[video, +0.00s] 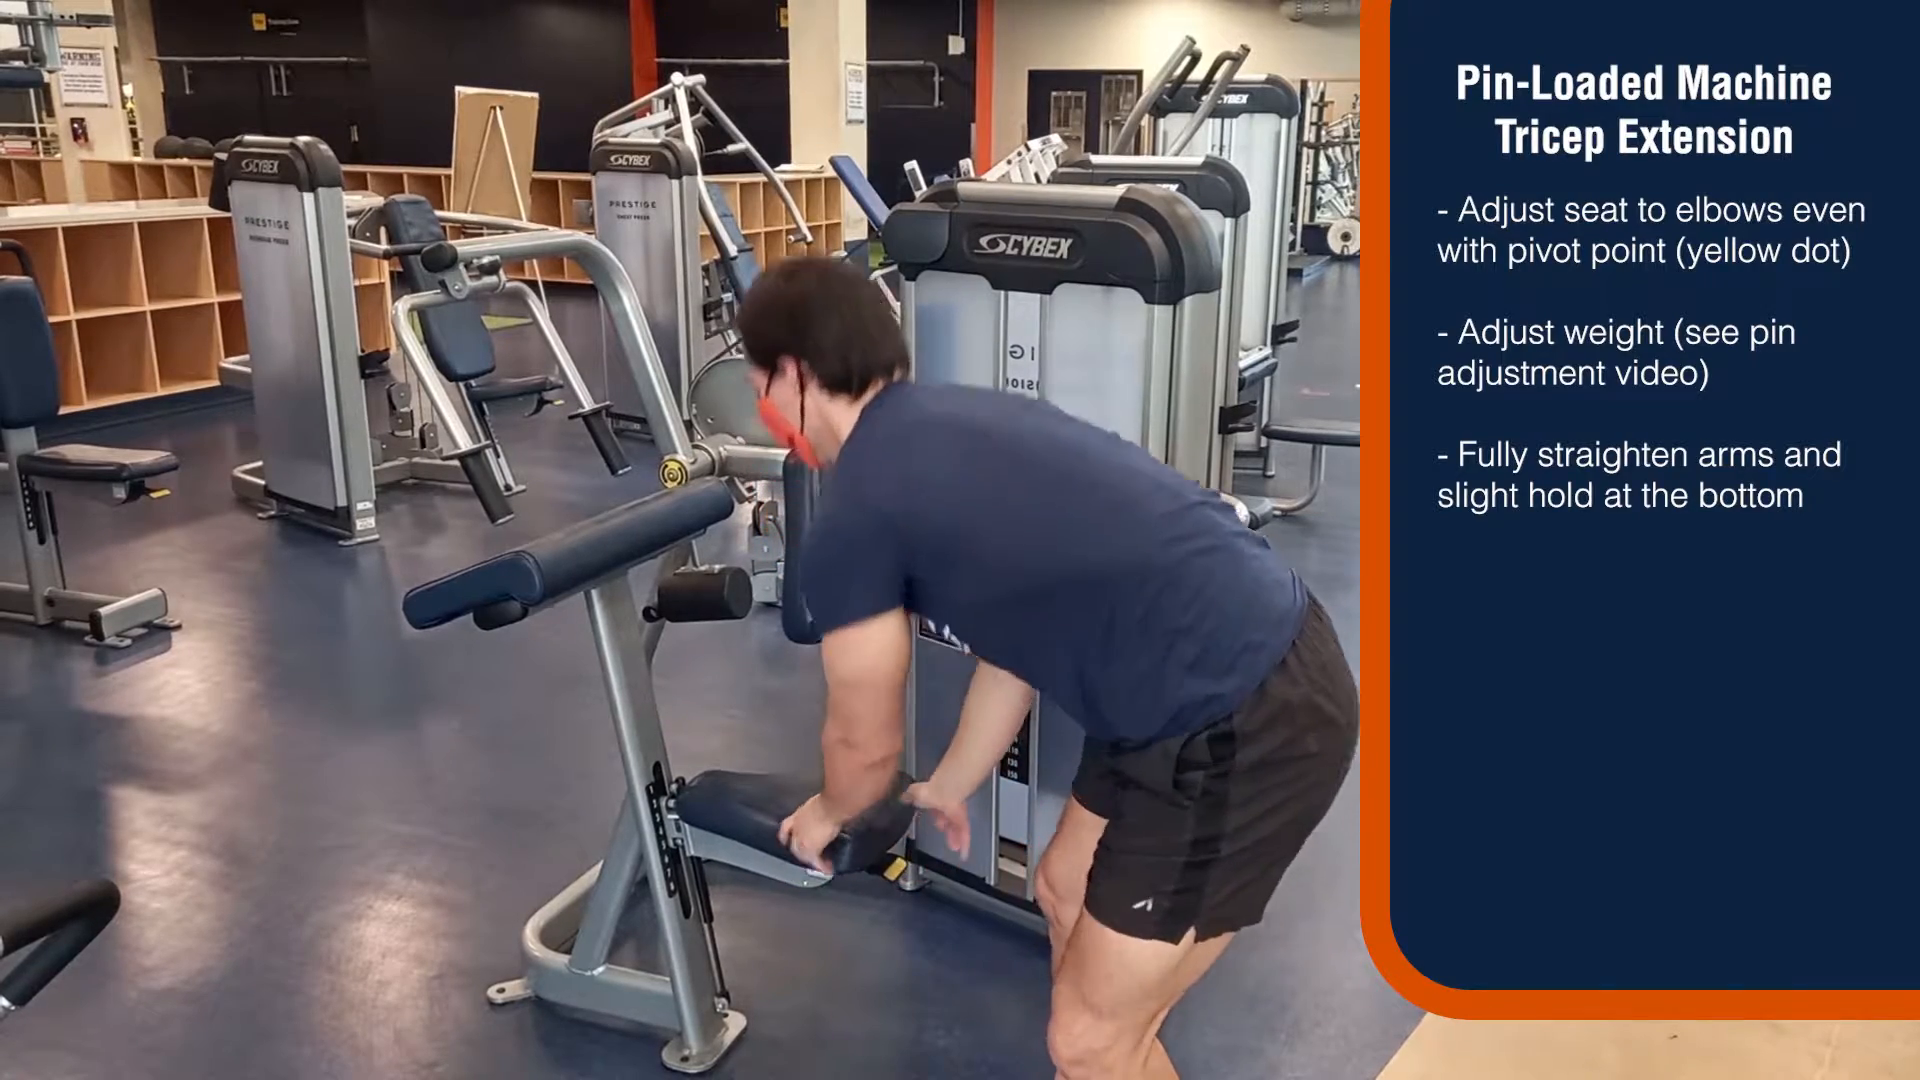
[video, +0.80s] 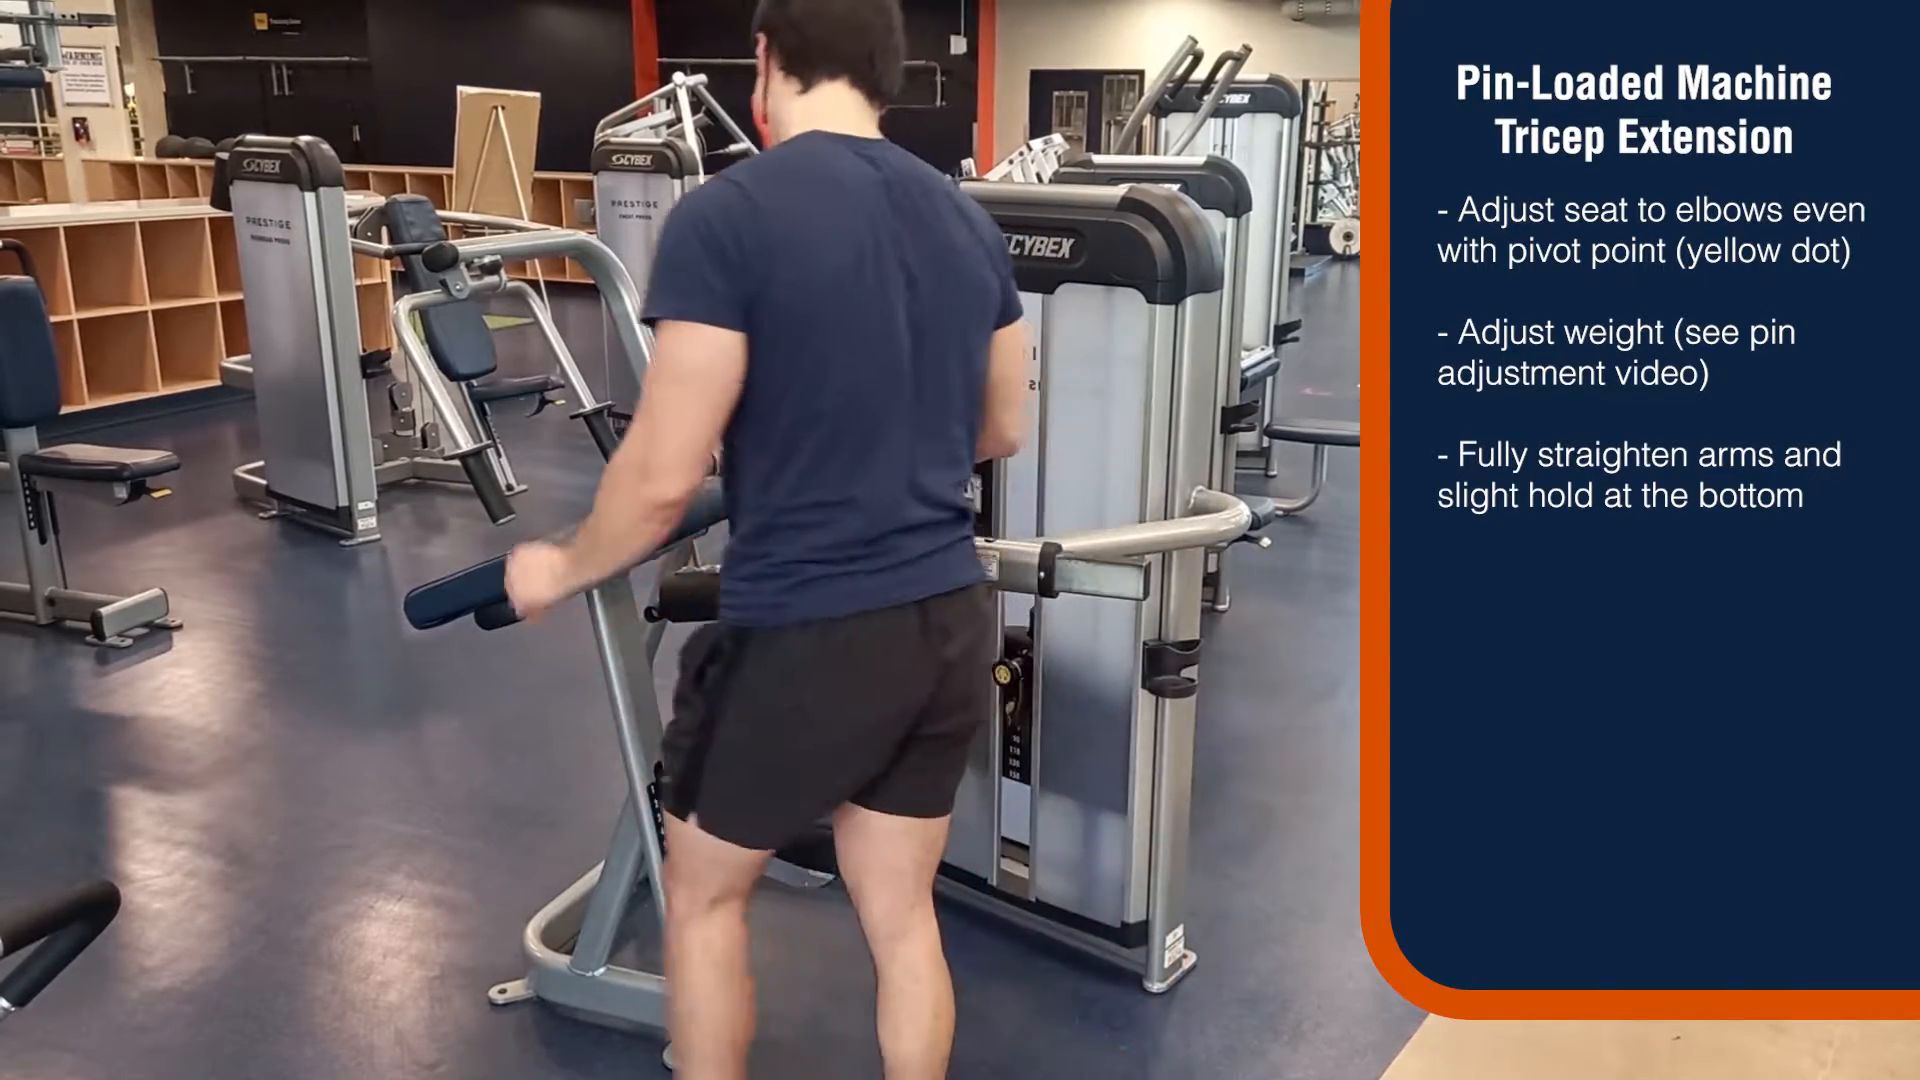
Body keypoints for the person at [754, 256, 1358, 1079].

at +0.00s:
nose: (763, 405)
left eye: (761, 381)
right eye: (759, 383)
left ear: (794, 377)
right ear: (882, 352)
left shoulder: (860, 498)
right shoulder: (958, 418)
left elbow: (866, 743)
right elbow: (1026, 626)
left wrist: (833, 812)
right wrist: (948, 785)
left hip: (1234, 712)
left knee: (1095, 1044)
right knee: (1067, 894)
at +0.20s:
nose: (792, 237)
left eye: (794, 206)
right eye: (791, 207)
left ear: (827, 205)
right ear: (929, 198)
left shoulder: (862, 358)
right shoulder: (1004, 306)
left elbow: (891, 628)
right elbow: (1083, 540)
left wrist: (876, 793)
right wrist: (977, 716)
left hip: (1160, 693)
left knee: (1100, 1037)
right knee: (1008, 875)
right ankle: (1026, 1072)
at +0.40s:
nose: (817, 126)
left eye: (818, 102)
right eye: (820, 103)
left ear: (839, 108)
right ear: (957, 116)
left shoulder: (827, 272)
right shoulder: (1037, 263)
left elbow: (856, 548)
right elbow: (1070, 482)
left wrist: (852, 762)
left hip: (1013, 690)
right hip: (1101, 646)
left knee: (1078, 1015)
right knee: (943, 909)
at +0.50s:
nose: (811, 103)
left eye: (815, 78)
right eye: (816, 79)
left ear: (836, 85)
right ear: (956, 102)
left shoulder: (808, 249)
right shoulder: (1018, 241)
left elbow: (809, 515)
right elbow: (1069, 454)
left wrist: (769, 731)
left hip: (952, 676)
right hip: (1053, 637)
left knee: (963, 1001)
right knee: (931, 976)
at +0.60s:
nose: (802, 90)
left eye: (804, 67)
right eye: (805, 67)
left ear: (822, 71)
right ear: (941, 88)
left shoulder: (799, 226)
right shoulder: (1008, 227)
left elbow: (758, 497)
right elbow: (1042, 441)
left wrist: (672, 691)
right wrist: (896, 434)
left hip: (895, 655)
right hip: (1014, 622)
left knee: (831, 957)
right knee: (914, 920)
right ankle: (936, 1076)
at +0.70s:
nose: (785, 90)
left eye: (789, 61)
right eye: (791, 64)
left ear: (805, 57)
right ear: (916, 74)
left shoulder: (778, 214)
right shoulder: (990, 218)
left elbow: (710, 483)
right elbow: (1021, 424)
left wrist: (599, 634)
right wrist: (863, 444)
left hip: (844, 647)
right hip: (978, 625)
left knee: (743, 907)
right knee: (908, 906)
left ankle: (864, 1075)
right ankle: (918, 1077)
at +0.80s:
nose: (753, 90)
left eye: (755, 66)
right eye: (759, 69)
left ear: (768, 62)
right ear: (886, 78)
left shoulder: (728, 215)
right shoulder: (965, 219)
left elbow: (665, 475)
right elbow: (1002, 427)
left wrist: (566, 566)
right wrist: (861, 431)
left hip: (799, 640)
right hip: (949, 622)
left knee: (707, 898)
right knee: (902, 907)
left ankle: (707, 1073)